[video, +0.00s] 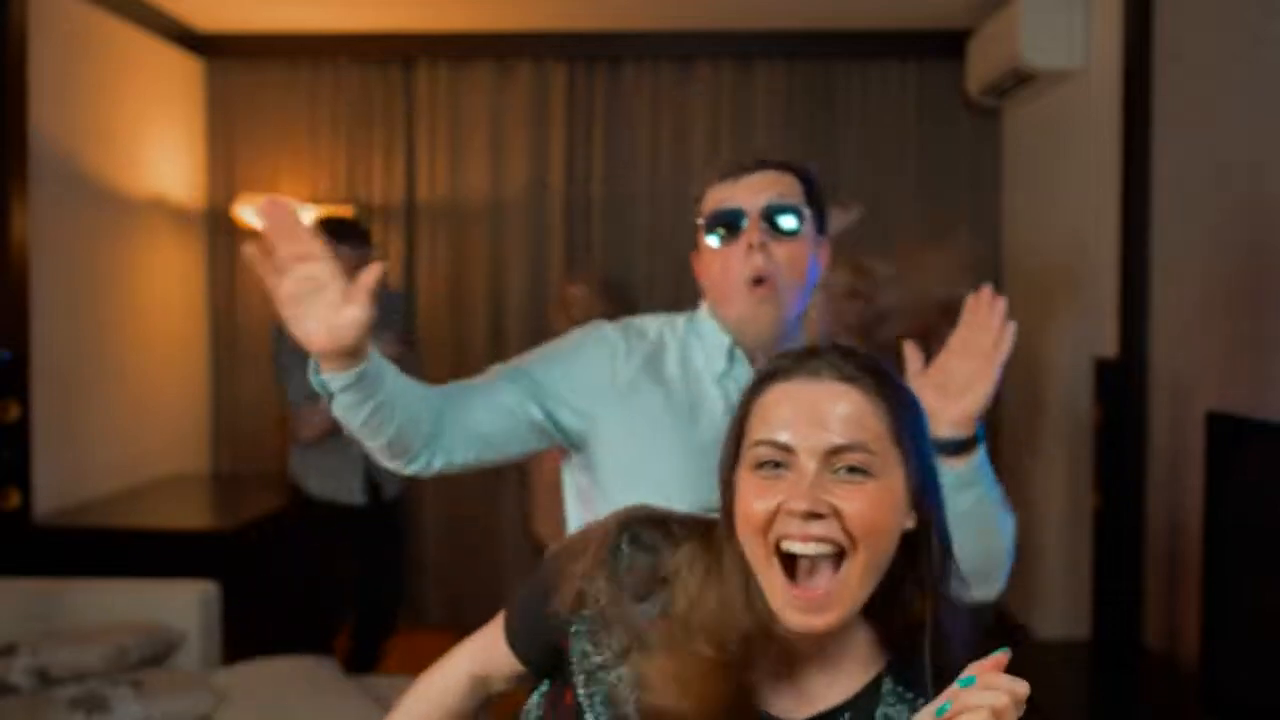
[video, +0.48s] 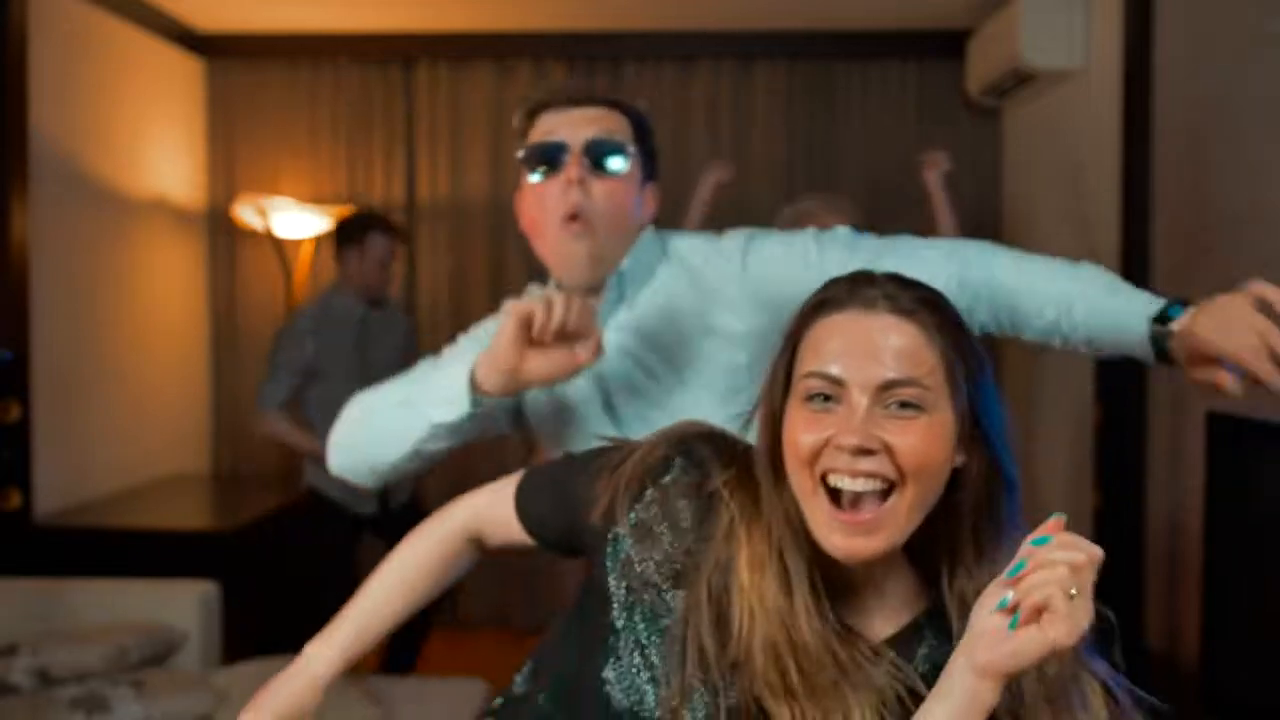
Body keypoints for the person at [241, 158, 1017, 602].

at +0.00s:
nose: (755, 247)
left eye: (784, 224)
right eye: (726, 228)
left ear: (824, 260)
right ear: (696, 266)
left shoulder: (851, 397)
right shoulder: (608, 362)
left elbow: (979, 583)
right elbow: (430, 433)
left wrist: (953, 445)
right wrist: (346, 359)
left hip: (794, 701)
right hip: (610, 693)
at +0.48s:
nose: (574, 178)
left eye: (605, 158)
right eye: (546, 161)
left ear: (647, 194)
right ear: (519, 202)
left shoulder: (734, 271)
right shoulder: (507, 334)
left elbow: (942, 277)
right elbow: (348, 454)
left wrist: (1168, 325)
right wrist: (484, 379)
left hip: (818, 616)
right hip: (641, 631)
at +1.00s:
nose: (517, 282)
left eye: (549, 260)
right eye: (493, 266)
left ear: (606, 293)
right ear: (471, 308)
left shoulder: (701, 364)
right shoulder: (491, 445)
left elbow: (953, 376)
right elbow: (327, 555)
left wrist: (1136, 513)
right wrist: (362, 475)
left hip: (794, 670)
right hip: (610, 704)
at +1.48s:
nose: (664, 136)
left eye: (693, 115)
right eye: (632, 123)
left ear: (743, 160)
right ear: (600, 170)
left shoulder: (826, 294)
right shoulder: (534, 302)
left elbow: (986, 512)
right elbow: (329, 375)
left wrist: (900, 439)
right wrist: (105, 392)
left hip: (811, 687)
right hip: (592, 684)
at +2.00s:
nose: (735, 193)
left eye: (764, 175)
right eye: (705, 179)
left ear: (805, 218)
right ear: (672, 226)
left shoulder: (852, 365)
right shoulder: (591, 325)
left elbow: (977, 547)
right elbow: (431, 389)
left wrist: (901, 359)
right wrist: (382, 317)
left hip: (783, 704)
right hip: (612, 697)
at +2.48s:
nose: (630, 180)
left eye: (658, 165)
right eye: (601, 162)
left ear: (691, 210)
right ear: (563, 206)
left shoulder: (751, 285)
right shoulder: (530, 324)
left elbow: (964, 241)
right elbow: (336, 301)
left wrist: (986, 364)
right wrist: (481, 301)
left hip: (779, 688)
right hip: (617, 687)